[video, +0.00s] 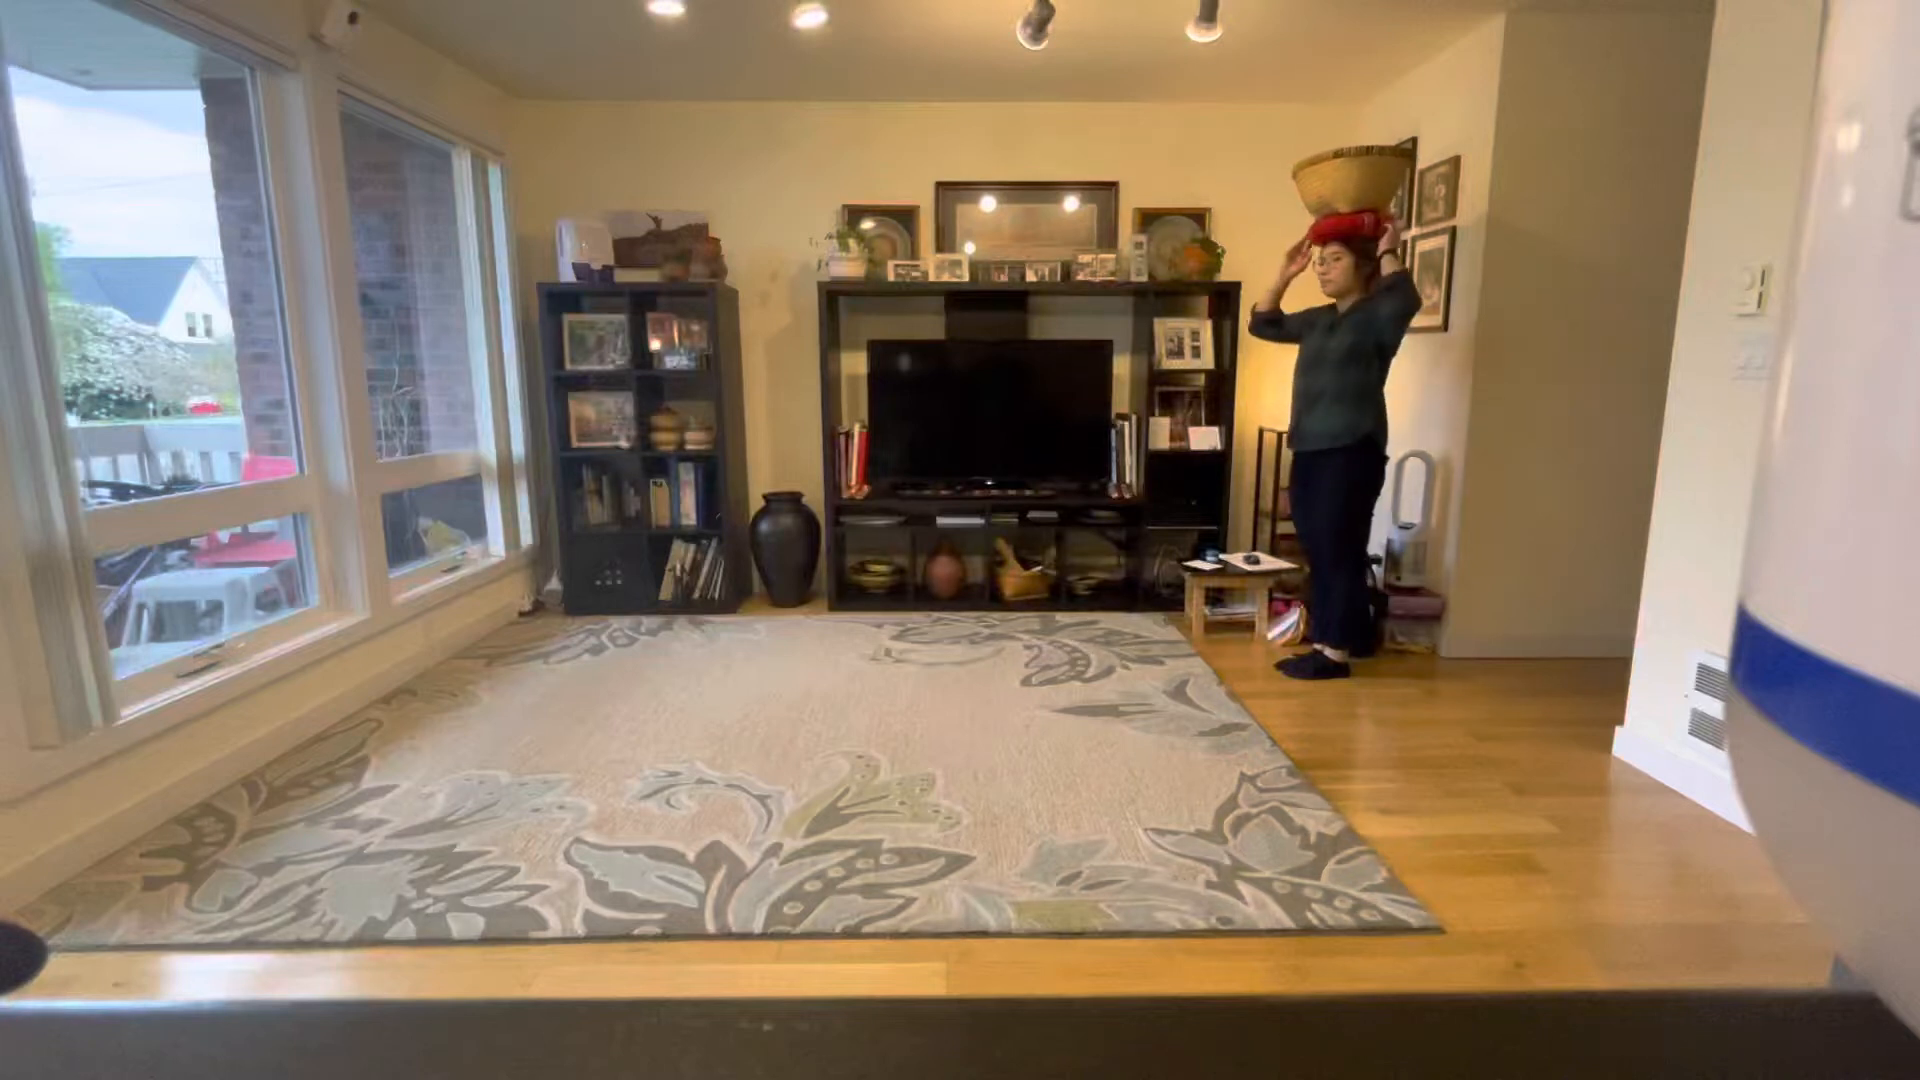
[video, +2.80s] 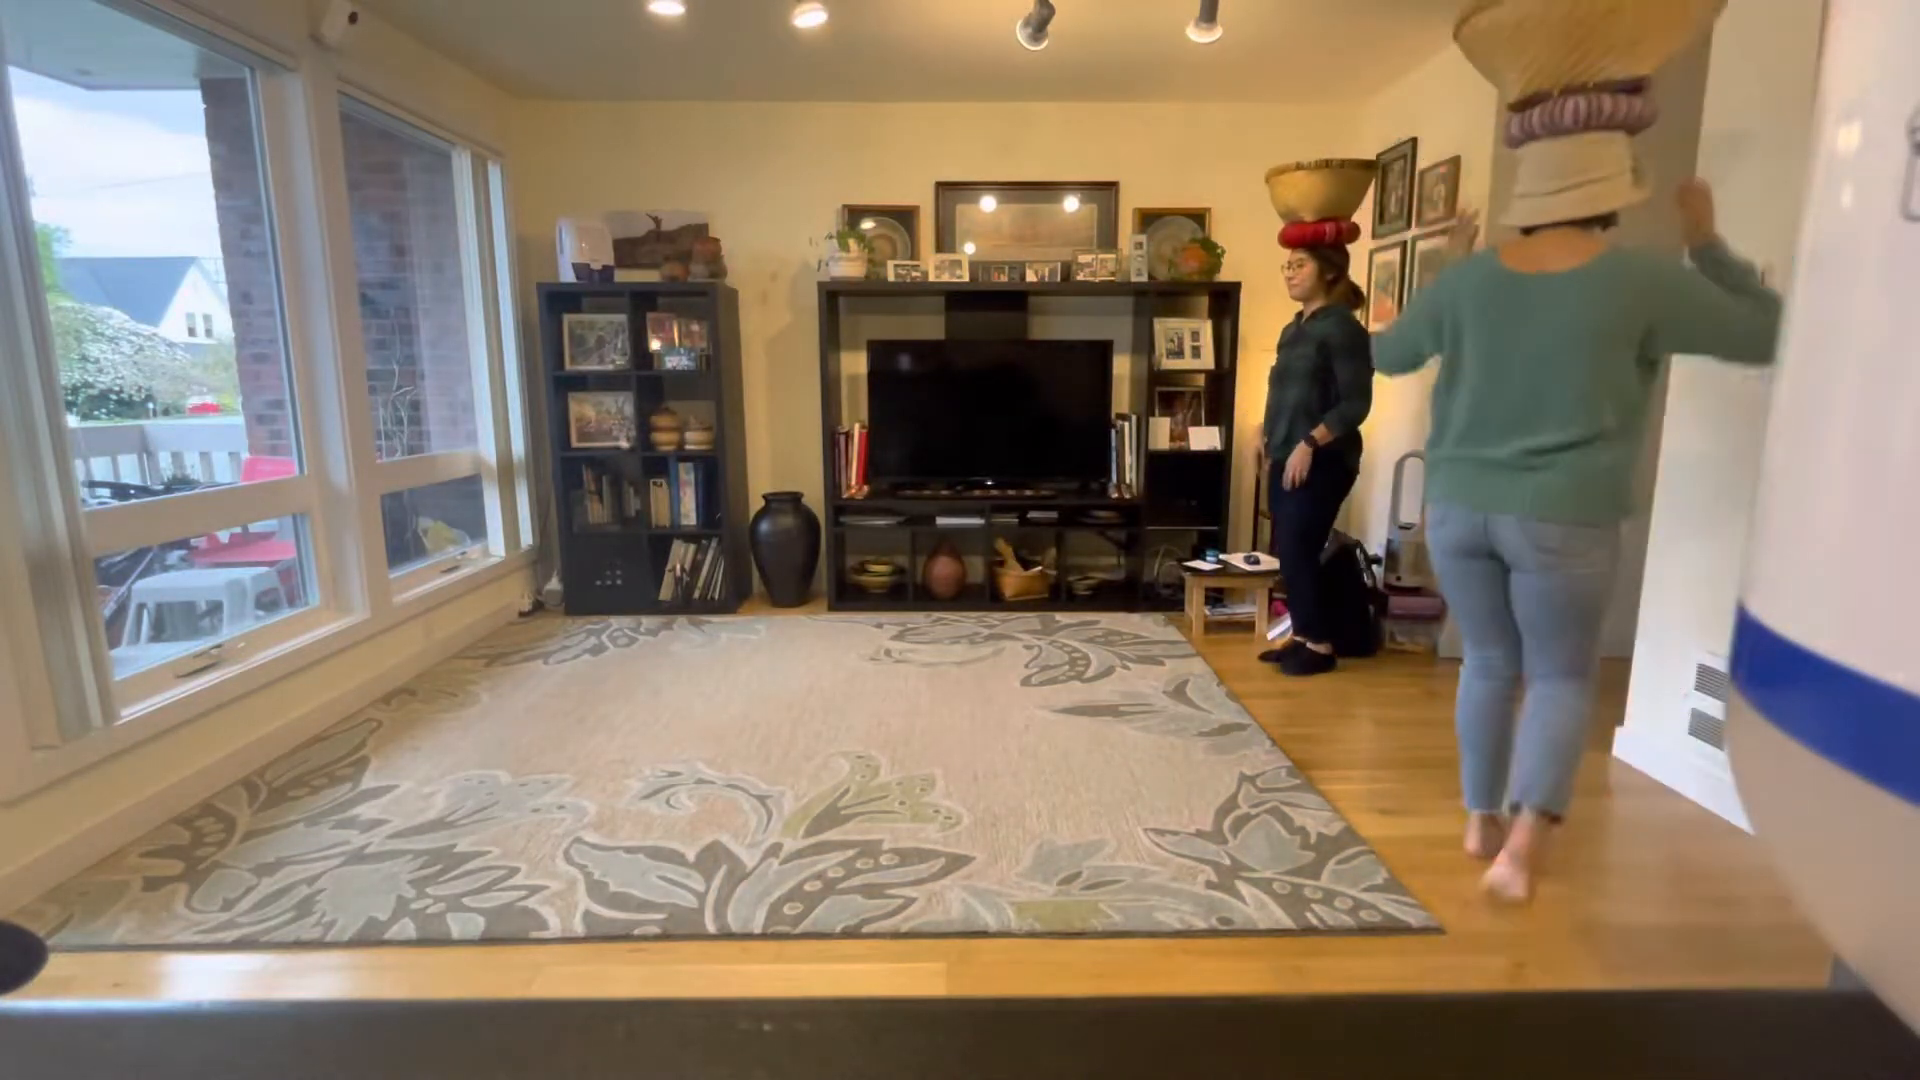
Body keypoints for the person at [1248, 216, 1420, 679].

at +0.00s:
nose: (1323, 268)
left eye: (1334, 259)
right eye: (1319, 260)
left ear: (1363, 265)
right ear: (1317, 266)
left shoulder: (1377, 314)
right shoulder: (1318, 318)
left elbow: (1404, 299)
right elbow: (1263, 324)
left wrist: (1386, 256)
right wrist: (1284, 277)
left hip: (1354, 448)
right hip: (1311, 449)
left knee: (1339, 546)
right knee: (1318, 545)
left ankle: (1334, 649)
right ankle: (1332, 638)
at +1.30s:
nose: (1321, 268)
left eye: (1332, 259)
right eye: (1318, 260)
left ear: (1361, 264)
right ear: (1315, 267)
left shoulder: (1378, 317)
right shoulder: (1313, 323)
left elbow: (1398, 353)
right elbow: (1258, 352)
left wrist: (1370, 293)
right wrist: (1262, 300)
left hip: (1350, 457)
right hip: (1305, 456)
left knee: (1341, 553)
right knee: (1315, 553)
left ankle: (1338, 653)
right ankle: (1323, 644)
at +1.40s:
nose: (1321, 268)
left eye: (1332, 259)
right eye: (1318, 261)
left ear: (1362, 266)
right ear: (1314, 268)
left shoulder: (1382, 322)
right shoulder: (1316, 325)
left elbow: (1391, 382)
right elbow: (1269, 370)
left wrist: (1347, 345)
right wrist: (1254, 325)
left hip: (1350, 459)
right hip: (1305, 458)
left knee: (1340, 553)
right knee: (1314, 553)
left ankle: (1337, 652)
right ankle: (1324, 643)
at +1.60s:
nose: (1319, 268)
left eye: (1330, 259)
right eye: (1317, 261)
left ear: (1361, 266)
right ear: (1316, 268)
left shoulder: (1378, 324)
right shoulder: (1318, 328)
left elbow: (1392, 399)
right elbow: (1296, 395)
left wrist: (1334, 410)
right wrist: (1257, 370)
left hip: (1350, 462)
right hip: (1308, 460)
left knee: (1339, 554)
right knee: (1315, 555)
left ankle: (1337, 652)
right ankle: (1323, 643)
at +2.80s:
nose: (1288, 274)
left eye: (1298, 266)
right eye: (1287, 267)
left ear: (1327, 272)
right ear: (1294, 273)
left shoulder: (1342, 326)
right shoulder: (1294, 329)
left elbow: (1356, 402)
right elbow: (1284, 390)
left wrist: (1310, 442)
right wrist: (1266, 434)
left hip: (1327, 454)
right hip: (1290, 452)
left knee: (1300, 547)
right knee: (1288, 547)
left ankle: (1319, 643)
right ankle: (1301, 634)